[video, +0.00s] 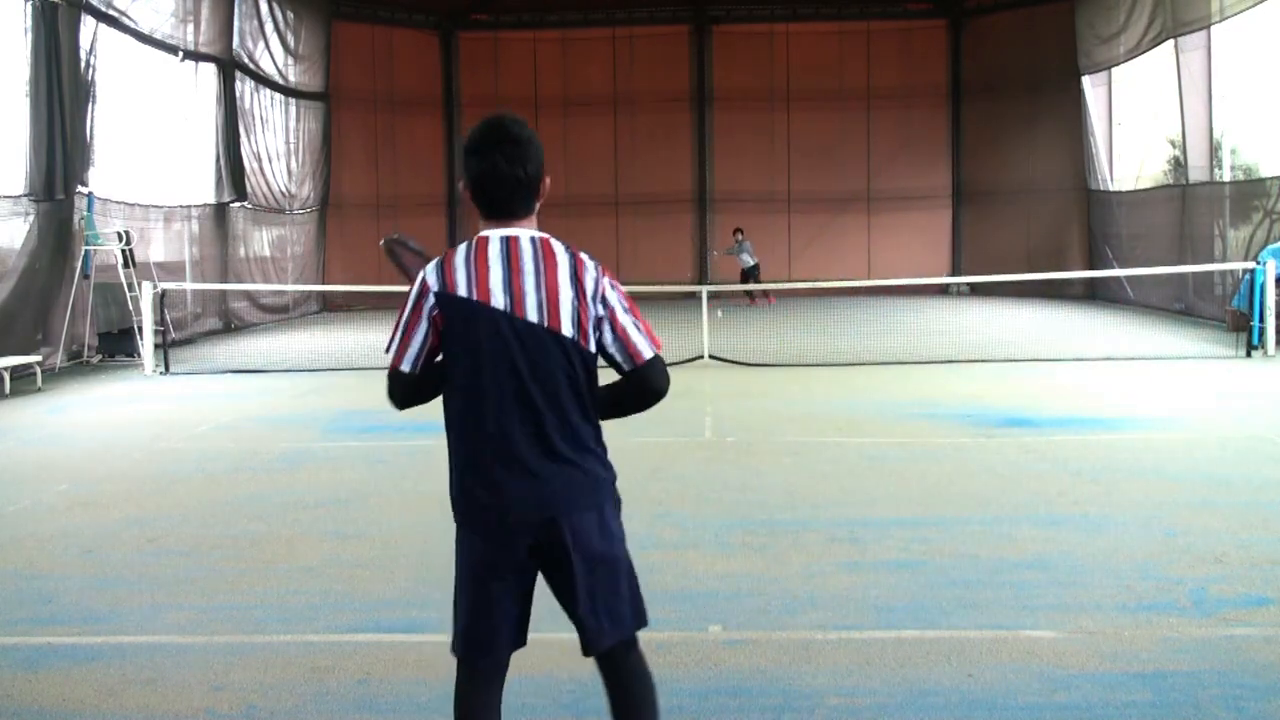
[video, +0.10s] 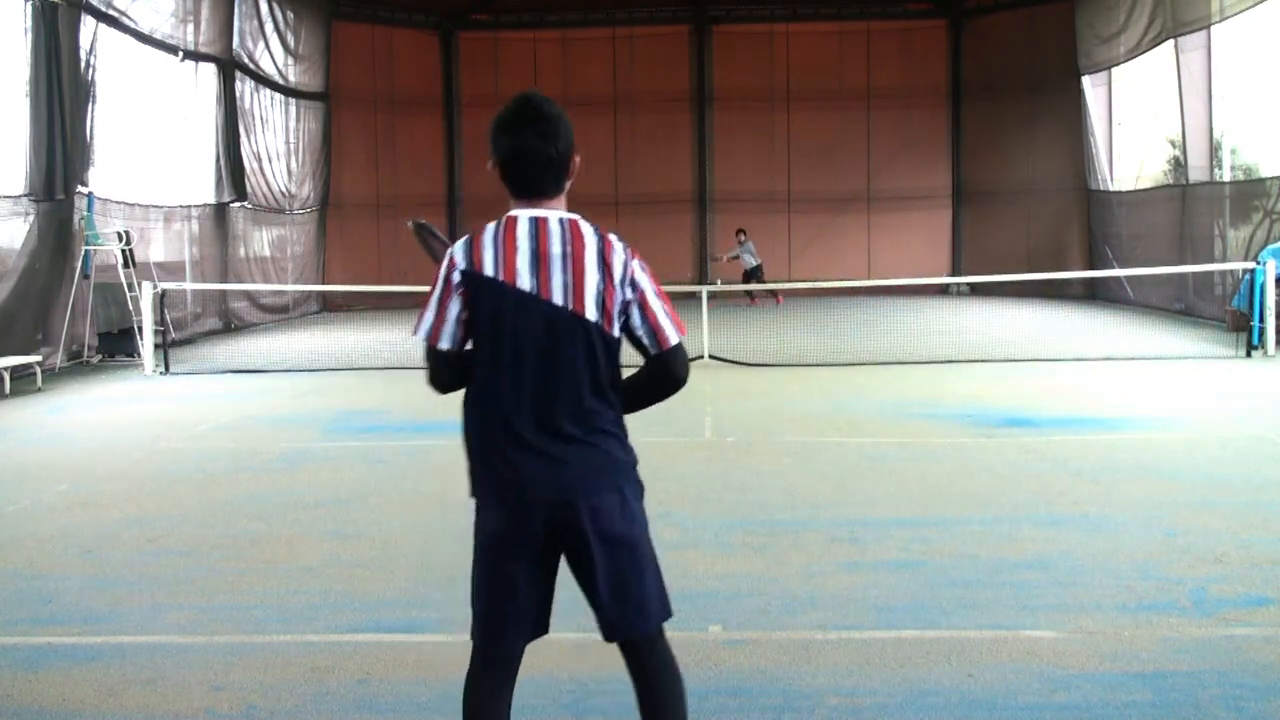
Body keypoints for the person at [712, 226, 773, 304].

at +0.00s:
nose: (737, 237)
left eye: (739, 234)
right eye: (736, 235)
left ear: (742, 235)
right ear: (734, 236)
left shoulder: (745, 244)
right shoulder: (736, 247)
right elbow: (730, 252)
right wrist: (720, 253)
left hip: (753, 265)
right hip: (745, 268)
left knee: (757, 282)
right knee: (743, 286)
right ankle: (752, 299)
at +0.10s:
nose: (740, 238)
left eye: (742, 235)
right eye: (738, 236)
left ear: (745, 236)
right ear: (736, 237)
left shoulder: (748, 244)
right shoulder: (740, 247)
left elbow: (736, 252)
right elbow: (738, 256)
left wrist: (726, 256)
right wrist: (730, 259)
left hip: (756, 266)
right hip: (747, 269)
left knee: (761, 283)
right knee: (745, 286)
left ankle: (776, 295)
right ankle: (753, 299)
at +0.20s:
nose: (744, 236)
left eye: (745, 233)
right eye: (742, 234)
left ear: (748, 234)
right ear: (740, 235)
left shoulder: (753, 242)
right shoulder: (742, 246)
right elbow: (741, 257)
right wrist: (733, 262)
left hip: (759, 265)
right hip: (749, 268)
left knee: (765, 282)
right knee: (746, 284)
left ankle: (777, 296)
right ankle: (753, 299)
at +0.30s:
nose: (748, 231)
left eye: (749, 228)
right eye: (746, 229)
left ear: (753, 229)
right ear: (745, 230)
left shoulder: (757, 237)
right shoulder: (746, 241)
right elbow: (743, 252)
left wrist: (757, 232)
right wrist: (736, 255)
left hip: (761, 260)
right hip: (751, 263)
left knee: (769, 279)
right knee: (750, 283)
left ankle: (777, 296)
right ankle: (754, 300)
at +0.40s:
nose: (754, 225)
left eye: (756, 223)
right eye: (752, 224)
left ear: (759, 224)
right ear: (750, 225)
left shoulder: (764, 232)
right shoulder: (749, 235)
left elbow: (767, 230)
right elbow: (746, 242)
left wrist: (764, 225)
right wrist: (744, 237)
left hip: (765, 255)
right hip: (754, 257)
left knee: (772, 276)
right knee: (752, 278)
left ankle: (778, 294)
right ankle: (751, 296)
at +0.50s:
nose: (762, 224)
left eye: (763, 222)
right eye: (760, 222)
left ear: (765, 223)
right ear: (757, 223)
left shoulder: (770, 232)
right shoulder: (755, 232)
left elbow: (779, 232)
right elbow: (753, 228)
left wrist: (786, 229)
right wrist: (763, 220)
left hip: (768, 255)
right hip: (758, 255)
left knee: (775, 276)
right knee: (752, 276)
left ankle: (779, 293)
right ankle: (747, 293)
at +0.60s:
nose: (766, 228)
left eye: (767, 226)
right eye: (765, 227)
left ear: (770, 228)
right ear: (763, 228)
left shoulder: (774, 237)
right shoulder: (761, 235)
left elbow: (785, 239)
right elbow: (758, 227)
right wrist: (767, 220)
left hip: (772, 260)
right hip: (762, 259)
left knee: (777, 281)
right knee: (754, 278)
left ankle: (779, 299)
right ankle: (742, 289)